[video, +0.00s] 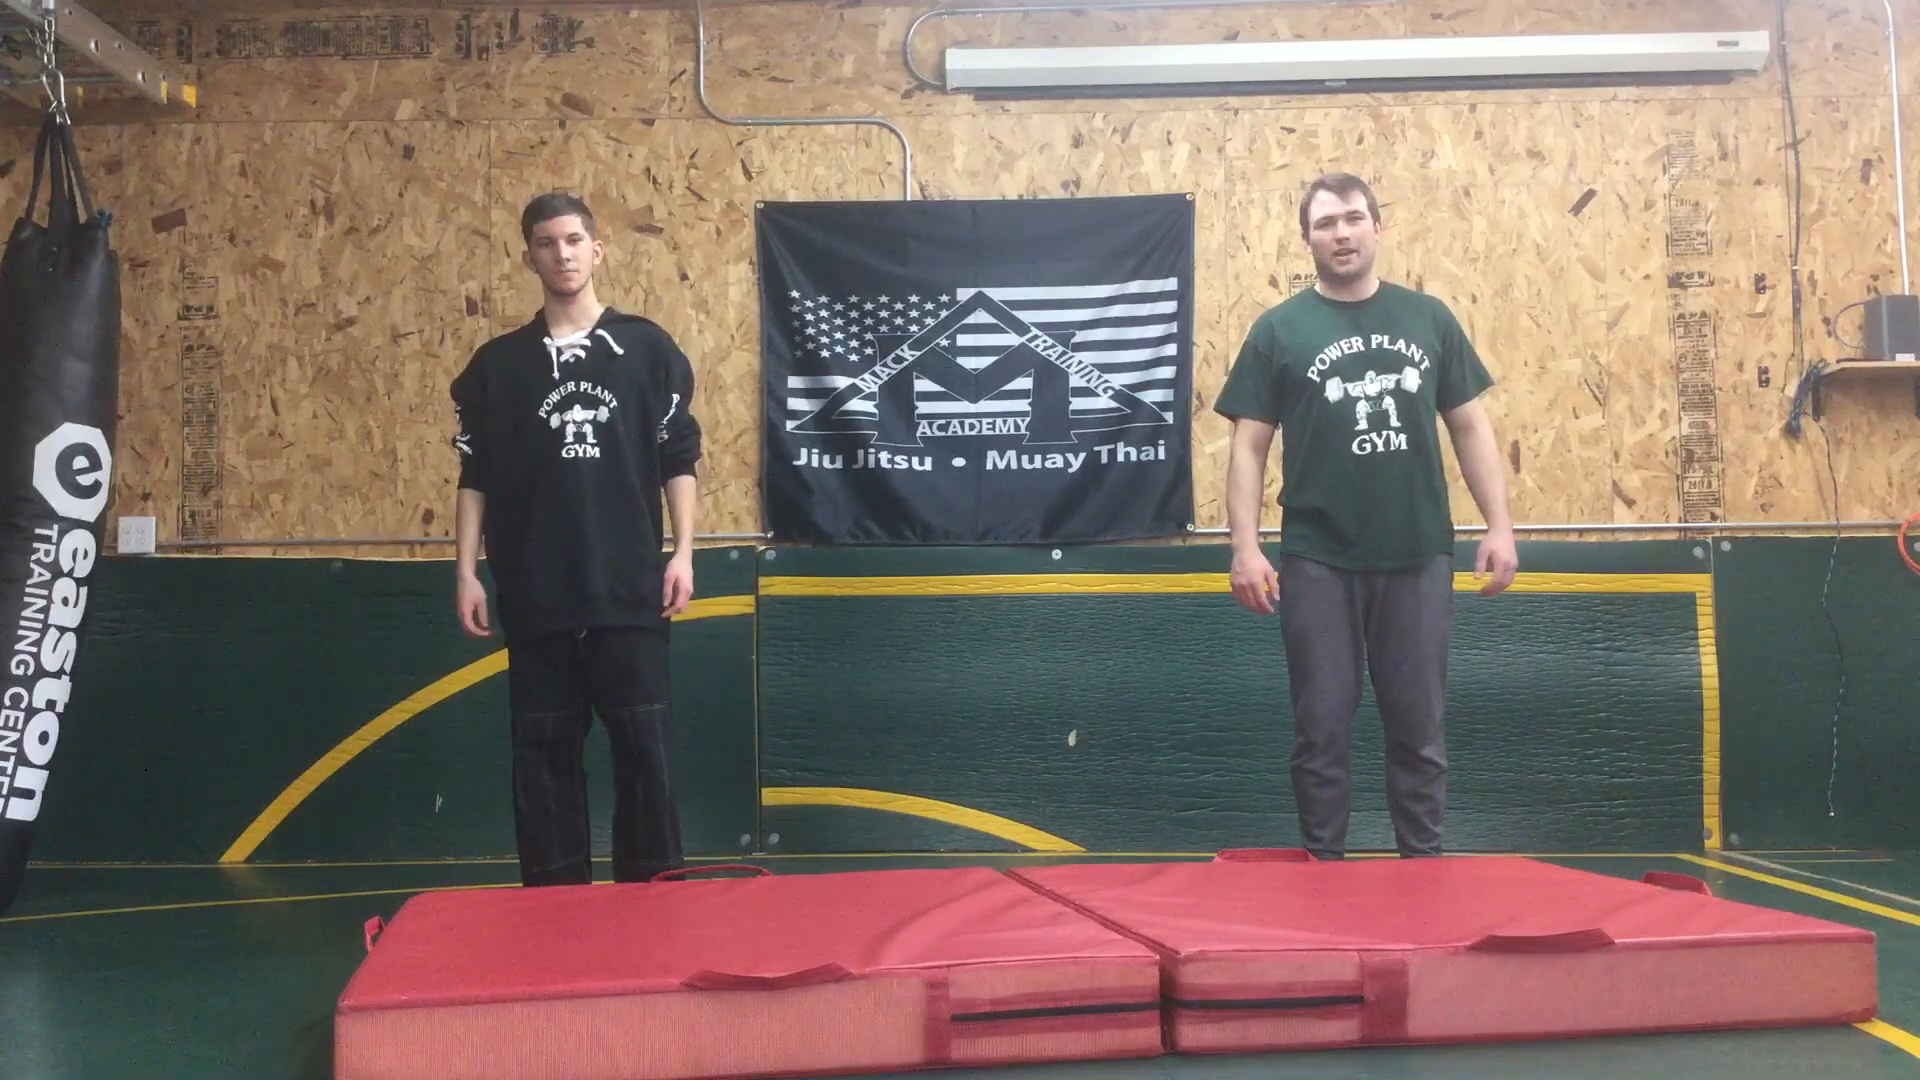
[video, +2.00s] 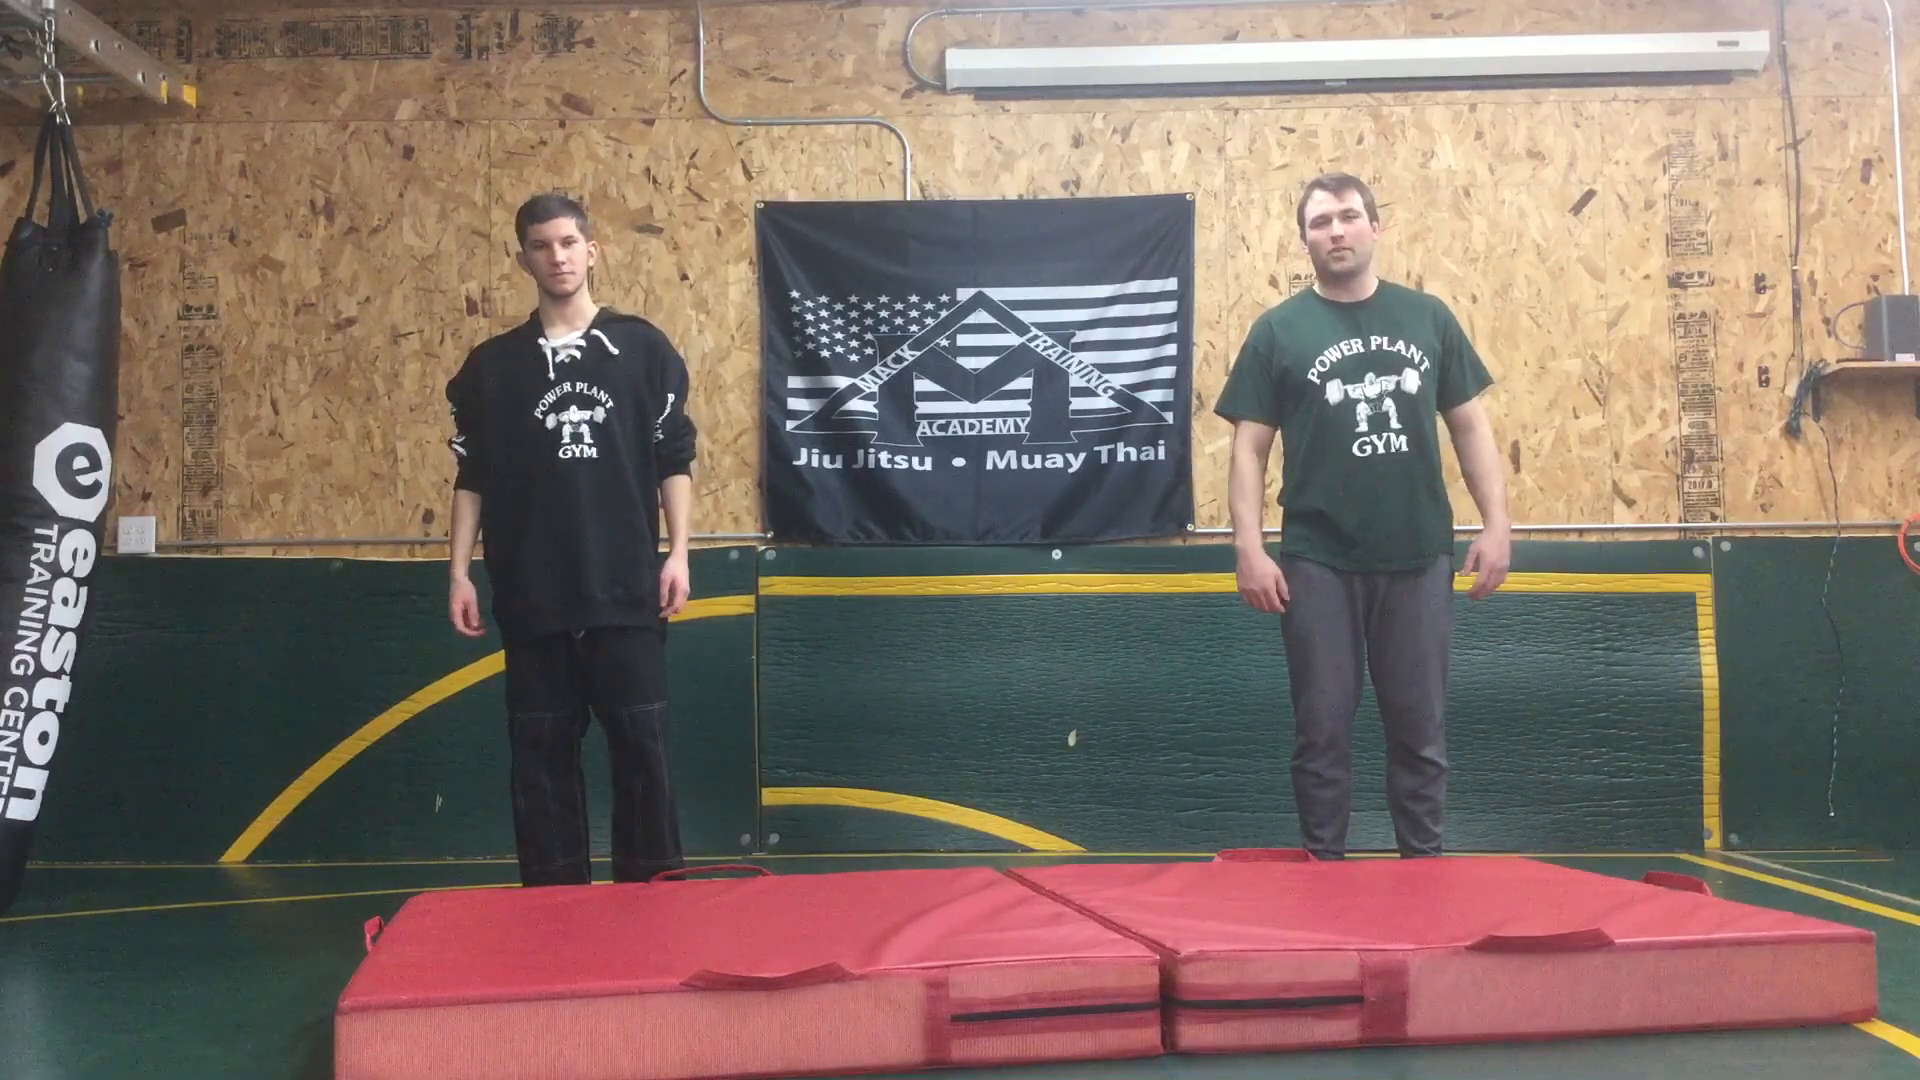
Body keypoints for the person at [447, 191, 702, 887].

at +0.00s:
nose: (563, 254)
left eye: (574, 240)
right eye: (547, 244)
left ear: (596, 249)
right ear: (530, 258)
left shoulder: (647, 347)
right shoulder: (494, 364)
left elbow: (679, 458)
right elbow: (474, 476)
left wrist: (683, 550)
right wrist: (467, 570)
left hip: (629, 583)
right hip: (533, 589)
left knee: (644, 754)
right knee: (544, 761)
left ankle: (653, 904)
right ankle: (554, 910)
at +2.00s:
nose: (557, 257)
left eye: (568, 242)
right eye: (542, 247)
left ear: (591, 250)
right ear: (525, 260)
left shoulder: (642, 347)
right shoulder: (489, 364)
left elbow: (674, 457)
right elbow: (471, 476)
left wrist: (678, 552)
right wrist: (460, 569)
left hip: (625, 582)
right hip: (530, 589)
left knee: (642, 750)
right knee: (542, 759)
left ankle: (652, 901)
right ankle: (553, 908)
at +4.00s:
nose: (563, 257)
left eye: (573, 243)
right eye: (547, 247)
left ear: (594, 250)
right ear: (529, 261)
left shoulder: (647, 348)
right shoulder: (493, 365)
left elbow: (675, 459)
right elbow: (474, 477)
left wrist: (683, 550)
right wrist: (467, 576)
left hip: (629, 585)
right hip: (533, 592)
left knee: (644, 753)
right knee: (545, 762)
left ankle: (654, 905)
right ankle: (555, 913)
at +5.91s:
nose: (561, 256)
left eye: (571, 242)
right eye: (545, 246)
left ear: (593, 252)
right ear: (527, 261)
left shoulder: (644, 350)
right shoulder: (490, 365)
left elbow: (669, 463)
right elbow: (472, 479)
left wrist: (678, 553)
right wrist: (471, 577)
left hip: (627, 585)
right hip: (531, 591)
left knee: (645, 753)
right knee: (543, 762)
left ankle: (654, 906)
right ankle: (554, 913)